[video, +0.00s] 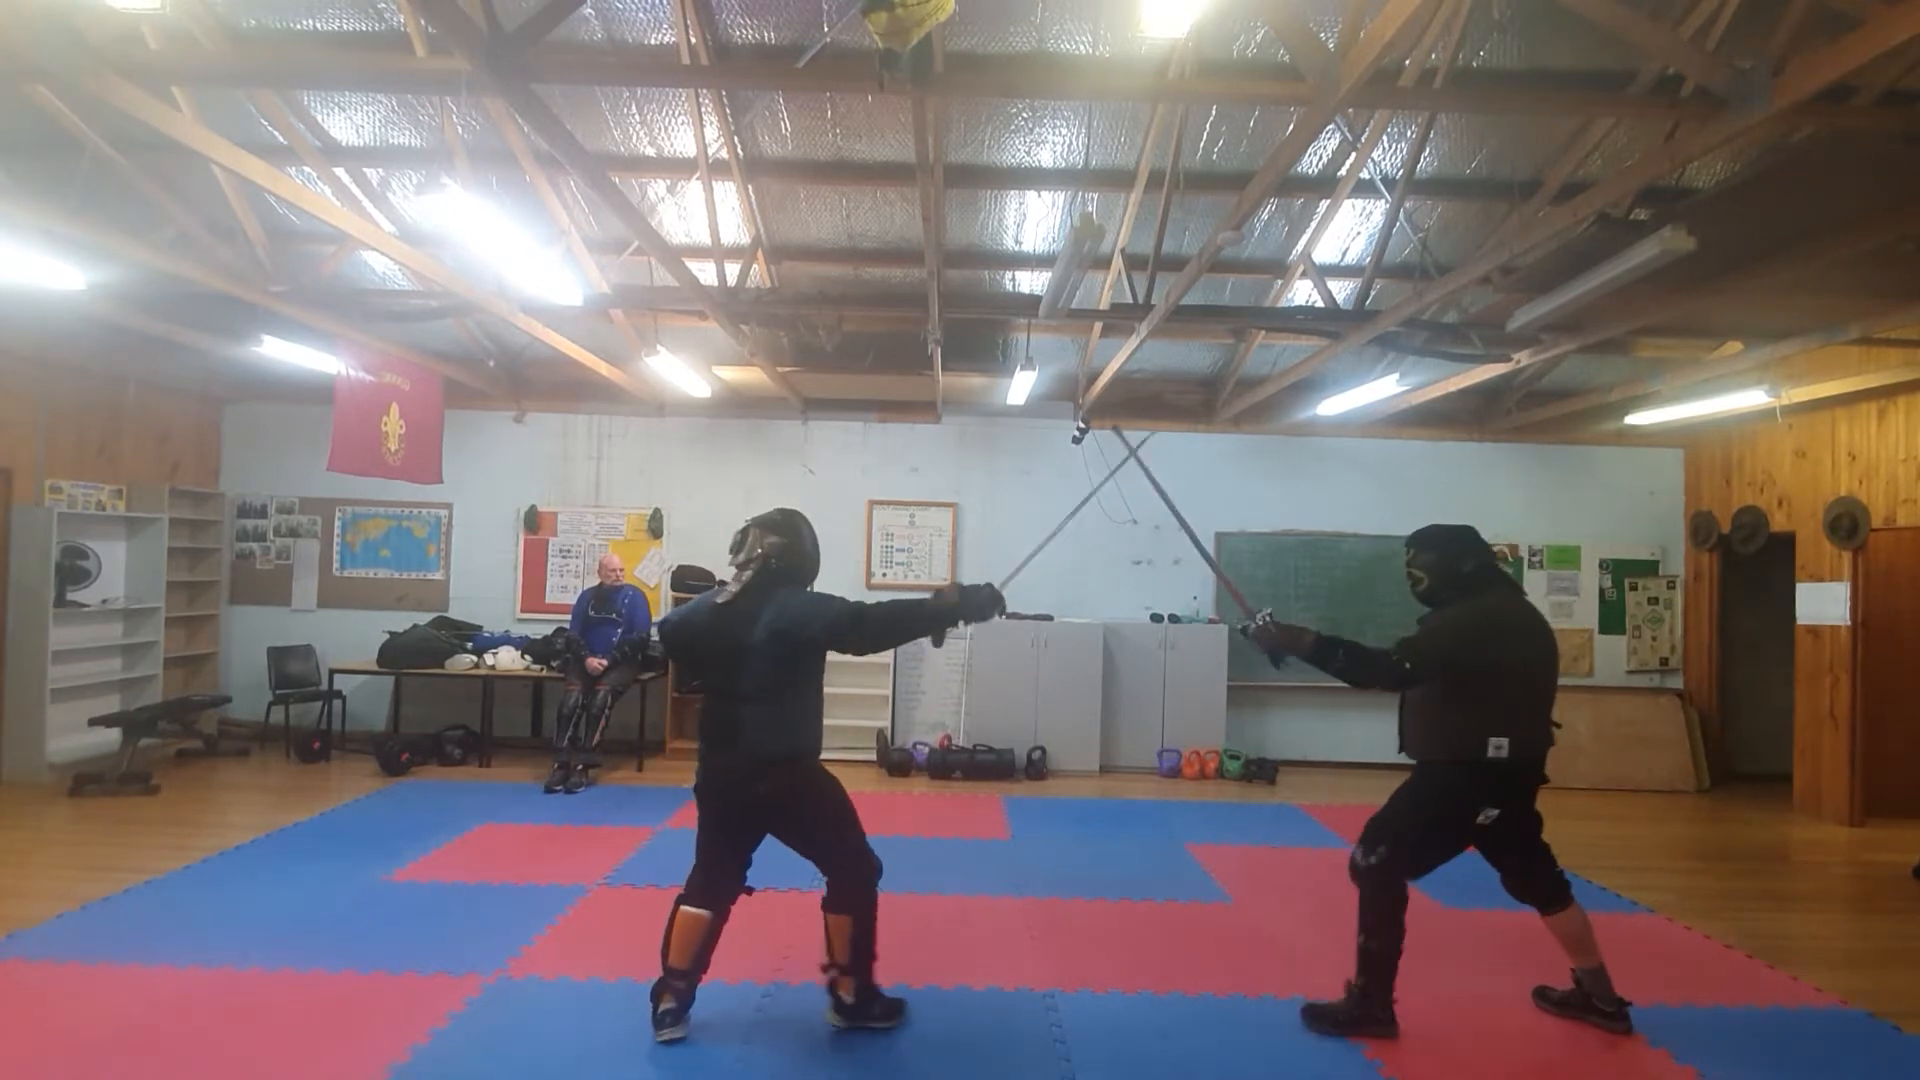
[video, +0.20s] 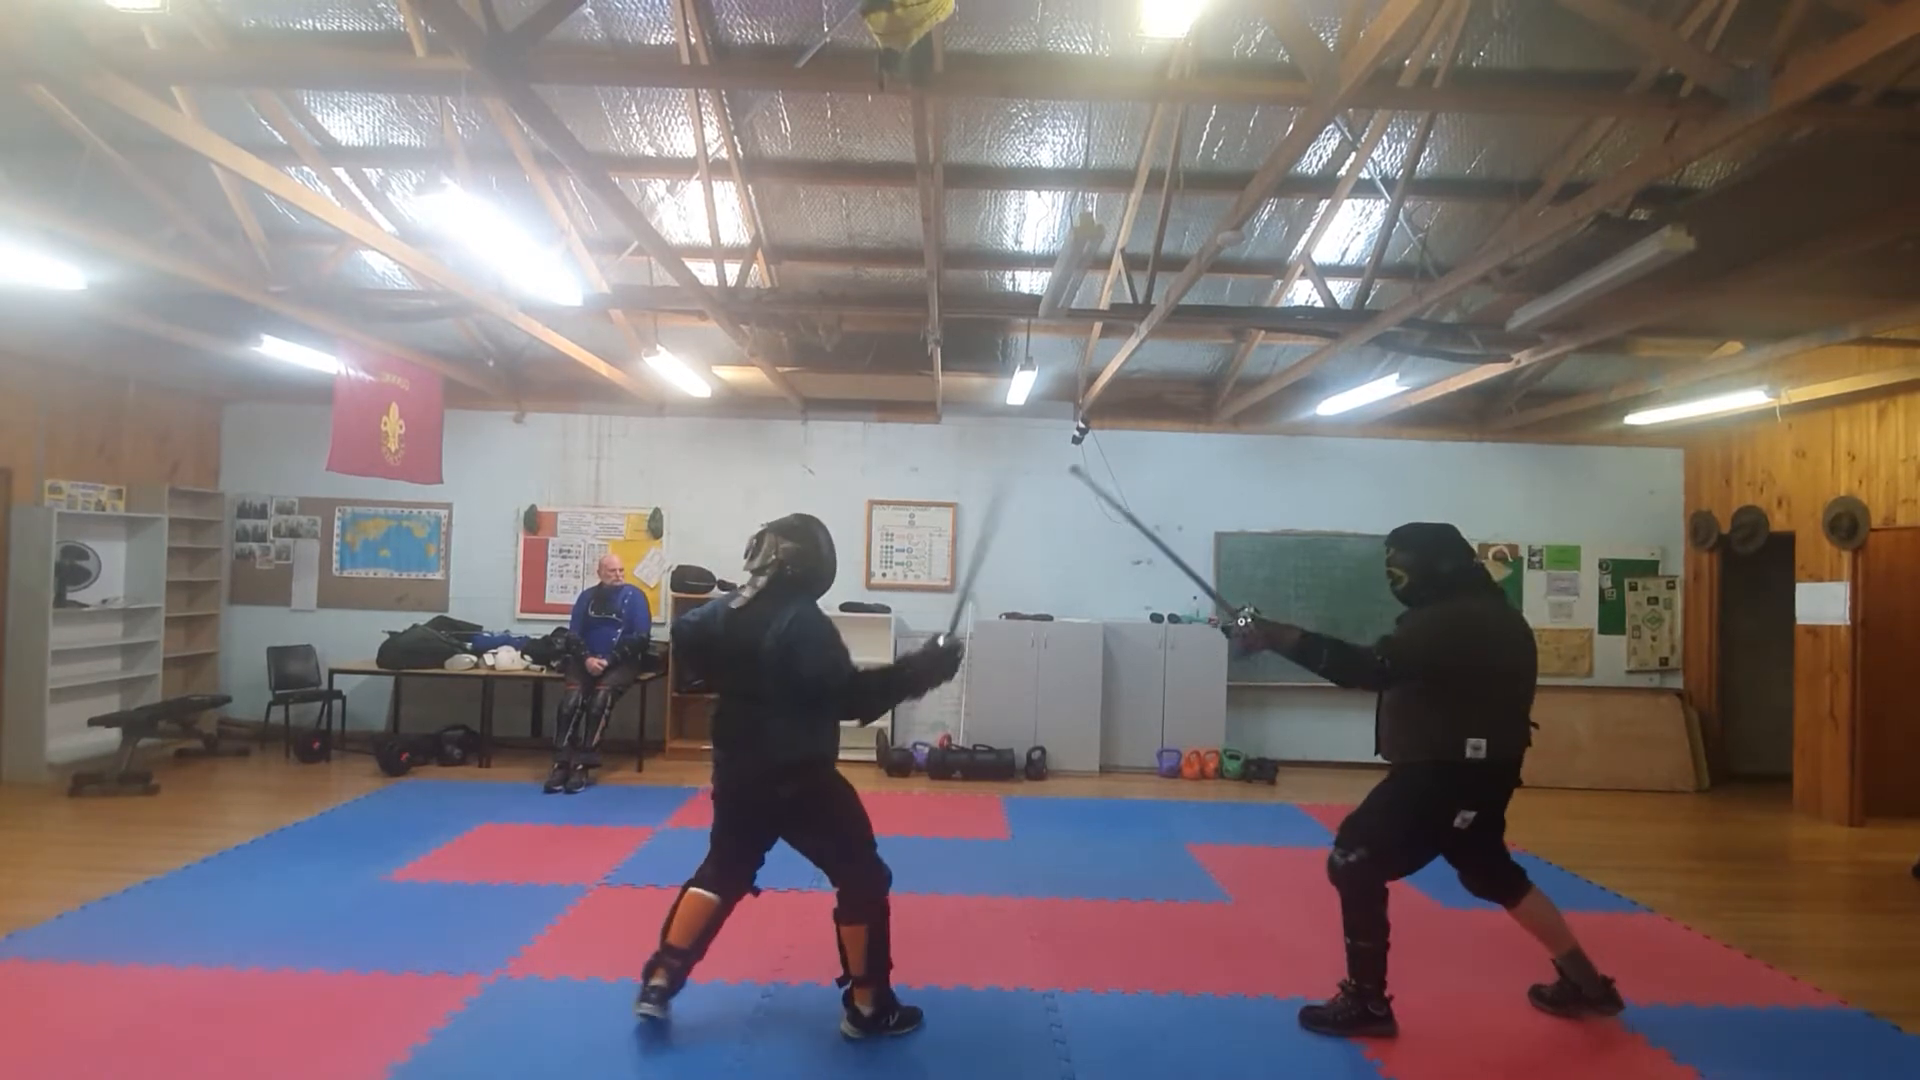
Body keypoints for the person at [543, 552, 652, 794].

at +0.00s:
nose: (619, 575)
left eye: (621, 571)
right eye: (613, 571)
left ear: (624, 571)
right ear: (599, 572)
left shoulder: (635, 597)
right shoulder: (586, 596)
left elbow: (639, 637)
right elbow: (573, 635)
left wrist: (609, 660)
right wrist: (586, 658)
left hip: (619, 662)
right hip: (585, 659)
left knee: (601, 696)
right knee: (572, 696)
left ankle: (581, 767)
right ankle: (561, 765)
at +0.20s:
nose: (618, 575)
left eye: (621, 571)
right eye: (613, 571)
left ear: (624, 571)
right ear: (599, 572)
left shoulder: (635, 596)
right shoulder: (586, 596)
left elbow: (639, 638)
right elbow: (573, 635)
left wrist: (609, 660)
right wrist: (586, 658)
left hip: (619, 662)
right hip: (585, 659)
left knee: (601, 697)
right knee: (572, 697)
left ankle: (581, 767)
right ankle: (561, 765)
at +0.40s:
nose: (619, 576)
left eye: (621, 571)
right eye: (613, 572)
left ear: (624, 572)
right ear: (599, 573)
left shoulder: (635, 597)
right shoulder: (587, 597)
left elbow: (640, 638)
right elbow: (573, 635)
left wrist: (609, 661)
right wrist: (586, 658)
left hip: (619, 663)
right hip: (585, 660)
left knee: (601, 696)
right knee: (572, 696)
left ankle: (582, 768)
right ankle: (561, 765)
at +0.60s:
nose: (618, 575)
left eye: (621, 571)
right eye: (612, 571)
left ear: (624, 572)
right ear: (599, 573)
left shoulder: (634, 597)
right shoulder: (587, 596)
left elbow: (637, 636)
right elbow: (573, 634)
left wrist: (609, 661)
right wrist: (586, 658)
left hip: (619, 662)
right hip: (585, 659)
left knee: (601, 698)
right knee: (572, 698)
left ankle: (582, 768)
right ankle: (560, 765)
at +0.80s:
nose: (618, 576)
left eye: (621, 571)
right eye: (612, 571)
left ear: (624, 572)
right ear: (599, 573)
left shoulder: (634, 597)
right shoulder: (586, 597)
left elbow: (638, 636)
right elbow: (573, 635)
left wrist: (609, 660)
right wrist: (585, 658)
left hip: (619, 662)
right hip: (585, 660)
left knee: (602, 695)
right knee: (573, 696)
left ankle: (582, 768)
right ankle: (561, 765)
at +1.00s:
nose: (618, 576)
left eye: (621, 572)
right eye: (612, 572)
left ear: (624, 572)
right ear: (599, 573)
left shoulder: (634, 597)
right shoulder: (586, 597)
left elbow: (637, 636)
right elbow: (573, 635)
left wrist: (609, 660)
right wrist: (585, 658)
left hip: (619, 662)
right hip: (585, 659)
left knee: (601, 696)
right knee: (572, 697)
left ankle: (581, 768)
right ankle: (560, 765)